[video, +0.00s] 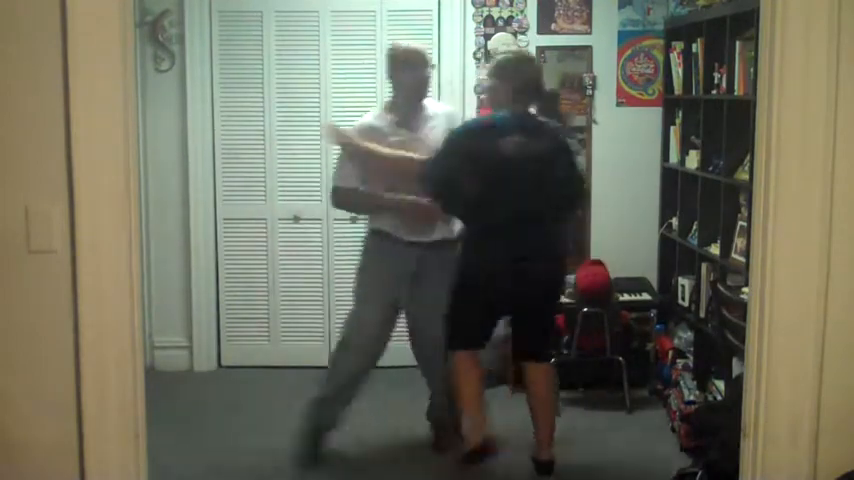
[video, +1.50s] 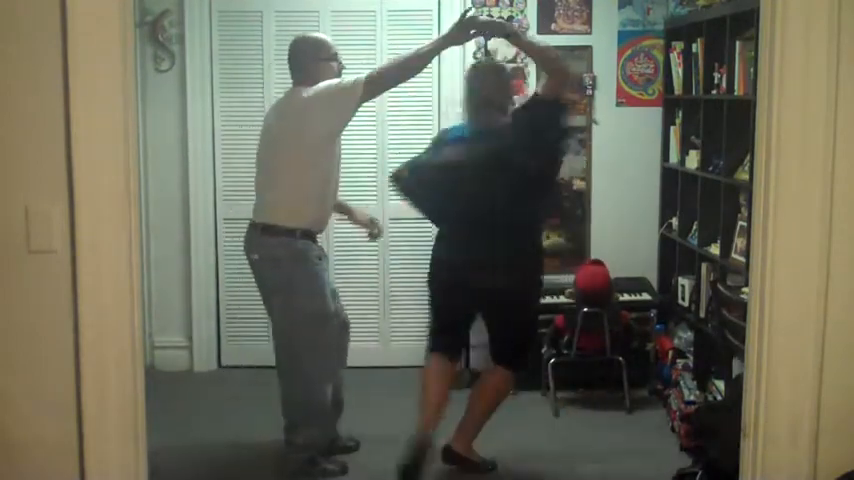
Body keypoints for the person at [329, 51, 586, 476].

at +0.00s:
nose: (483, 88)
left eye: (490, 82)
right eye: (486, 80)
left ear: (507, 88)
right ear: (533, 90)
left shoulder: (473, 135)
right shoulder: (553, 139)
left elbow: (432, 179)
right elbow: (573, 196)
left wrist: (357, 145)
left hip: (486, 257)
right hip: (543, 258)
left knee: (464, 343)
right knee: (537, 352)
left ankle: (476, 436)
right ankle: (544, 451)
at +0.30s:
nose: (367, 76)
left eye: (365, 70)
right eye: (358, 70)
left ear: (351, 78)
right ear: (331, 77)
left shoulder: (352, 124)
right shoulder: (312, 132)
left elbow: (356, 182)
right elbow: (314, 203)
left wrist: (398, 178)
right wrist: (384, 189)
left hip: (361, 255)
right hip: (320, 259)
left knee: (392, 339)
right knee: (319, 357)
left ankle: (378, 412)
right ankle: (296, 450)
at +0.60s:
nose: (331, 67)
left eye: (328, 59)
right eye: (322, 61)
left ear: (302, 72)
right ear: (298, 71)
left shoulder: (304, 124)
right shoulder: (291, 126)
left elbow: (322, 190)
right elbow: (321, 198)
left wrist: (373, 189)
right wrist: (379, 191)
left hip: (299, 256)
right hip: (280, 258)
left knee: (303, 359)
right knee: (299, 362)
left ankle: (225, 434)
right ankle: (295, 459)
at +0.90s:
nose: (317, 70)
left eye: (314, 63)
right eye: (309, 64)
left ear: (278, 74)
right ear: (285, 72)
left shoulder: (258, 119)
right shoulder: (277, 125)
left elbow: (263, 191)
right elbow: (309, 198)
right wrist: (373, 167)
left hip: (248, 253)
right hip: (270, 258)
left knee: (249, 357)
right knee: (318, 347)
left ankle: (202, 459)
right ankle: (294, 450)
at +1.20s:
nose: (324, 70)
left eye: (322, 63)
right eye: (316, 64)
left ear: (284, 74)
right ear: (295, 72)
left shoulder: (267, 120)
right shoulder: (296, 123)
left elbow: (274, 188)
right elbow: (370, 149)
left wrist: (318, 225)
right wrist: (390, 105)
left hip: (266, 254)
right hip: (288, 258)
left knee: (283, 352)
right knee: (320, 354)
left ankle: (221, 436)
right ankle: (304, 456)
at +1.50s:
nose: (339, 68)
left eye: (337, 62)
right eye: (333, 62)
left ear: (299, 69)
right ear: (315, 66)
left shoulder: (284, 110)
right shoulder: (319, 101)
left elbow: (299, 177)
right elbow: (389, 76)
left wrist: (350, 211)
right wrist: (448, 40)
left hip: (280, 242)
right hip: (285, 245)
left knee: (323, 329)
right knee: (315, 336)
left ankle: (315, 432)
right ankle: (307, 450)